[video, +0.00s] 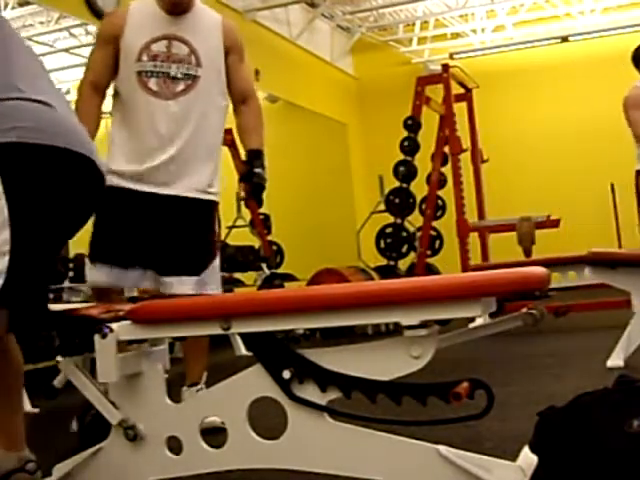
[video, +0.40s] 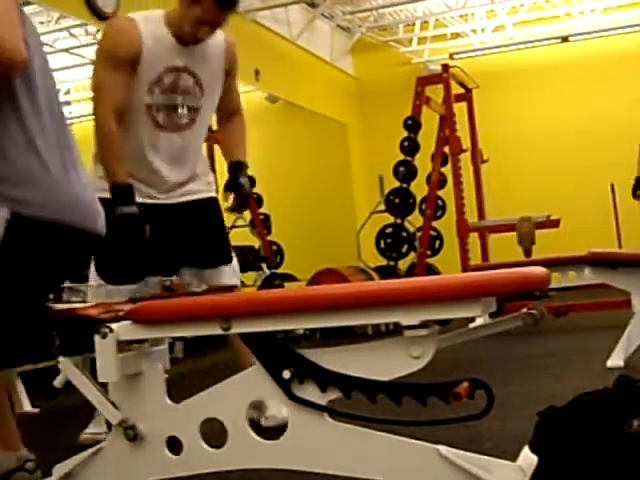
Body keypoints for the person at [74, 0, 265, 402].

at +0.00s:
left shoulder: (223, 32)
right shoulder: (120, 24)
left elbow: (246, 100)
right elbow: (92, 89)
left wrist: (256, 161)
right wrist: (76, 158)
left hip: (192, 189)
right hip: (126, 183)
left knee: (195, 304)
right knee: (109, 294)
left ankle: (195, 395)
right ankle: (117, 391)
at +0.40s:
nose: (204, 33)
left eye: (215, 26)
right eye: (200, 21)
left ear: (225, 20)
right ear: (182, 2)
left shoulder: (222, 48)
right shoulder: (126, 34)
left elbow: (230, 114)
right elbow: (106, 116)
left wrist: (239, 169)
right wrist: (122, 197)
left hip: (195, 197)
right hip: (131, 198)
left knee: (224, 306)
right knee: (128, 318)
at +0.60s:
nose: (238, 86)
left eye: (248, 80)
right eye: (235, 75)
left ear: (259, 72)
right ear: (218, 52)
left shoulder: (257, 89)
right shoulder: (161, 76)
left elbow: (259, 153)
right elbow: (138, 167)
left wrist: (247, 212)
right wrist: (144, 250)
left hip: (209, 196)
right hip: (150, 193)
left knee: (229, 302)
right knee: (146, 306)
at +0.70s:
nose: (247, 137)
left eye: (257, 133)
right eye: (245, 128)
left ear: (269, 120)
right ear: (232, 101)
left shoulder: (264, 120)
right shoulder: (168, 120)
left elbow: (264, 178)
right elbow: (149, 210)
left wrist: (250, 236)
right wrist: (153, 292)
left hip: (210, 209)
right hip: (159, 211)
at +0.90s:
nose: (247, 212)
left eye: (256, 207)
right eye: (246, 204)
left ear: (265, 196)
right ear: (231, 177)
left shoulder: (260, 188)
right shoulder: (173, 186)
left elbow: (247, 262)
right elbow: (156, 278)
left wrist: (243, 338)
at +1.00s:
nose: (242, 236)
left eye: (251, 232)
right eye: (241, 226)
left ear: (263, 220)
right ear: (228, 194)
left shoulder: (257, 211)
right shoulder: (171, 201)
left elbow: (244, 280)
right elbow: (154, 287)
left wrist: (224, 335)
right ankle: (98, 408)